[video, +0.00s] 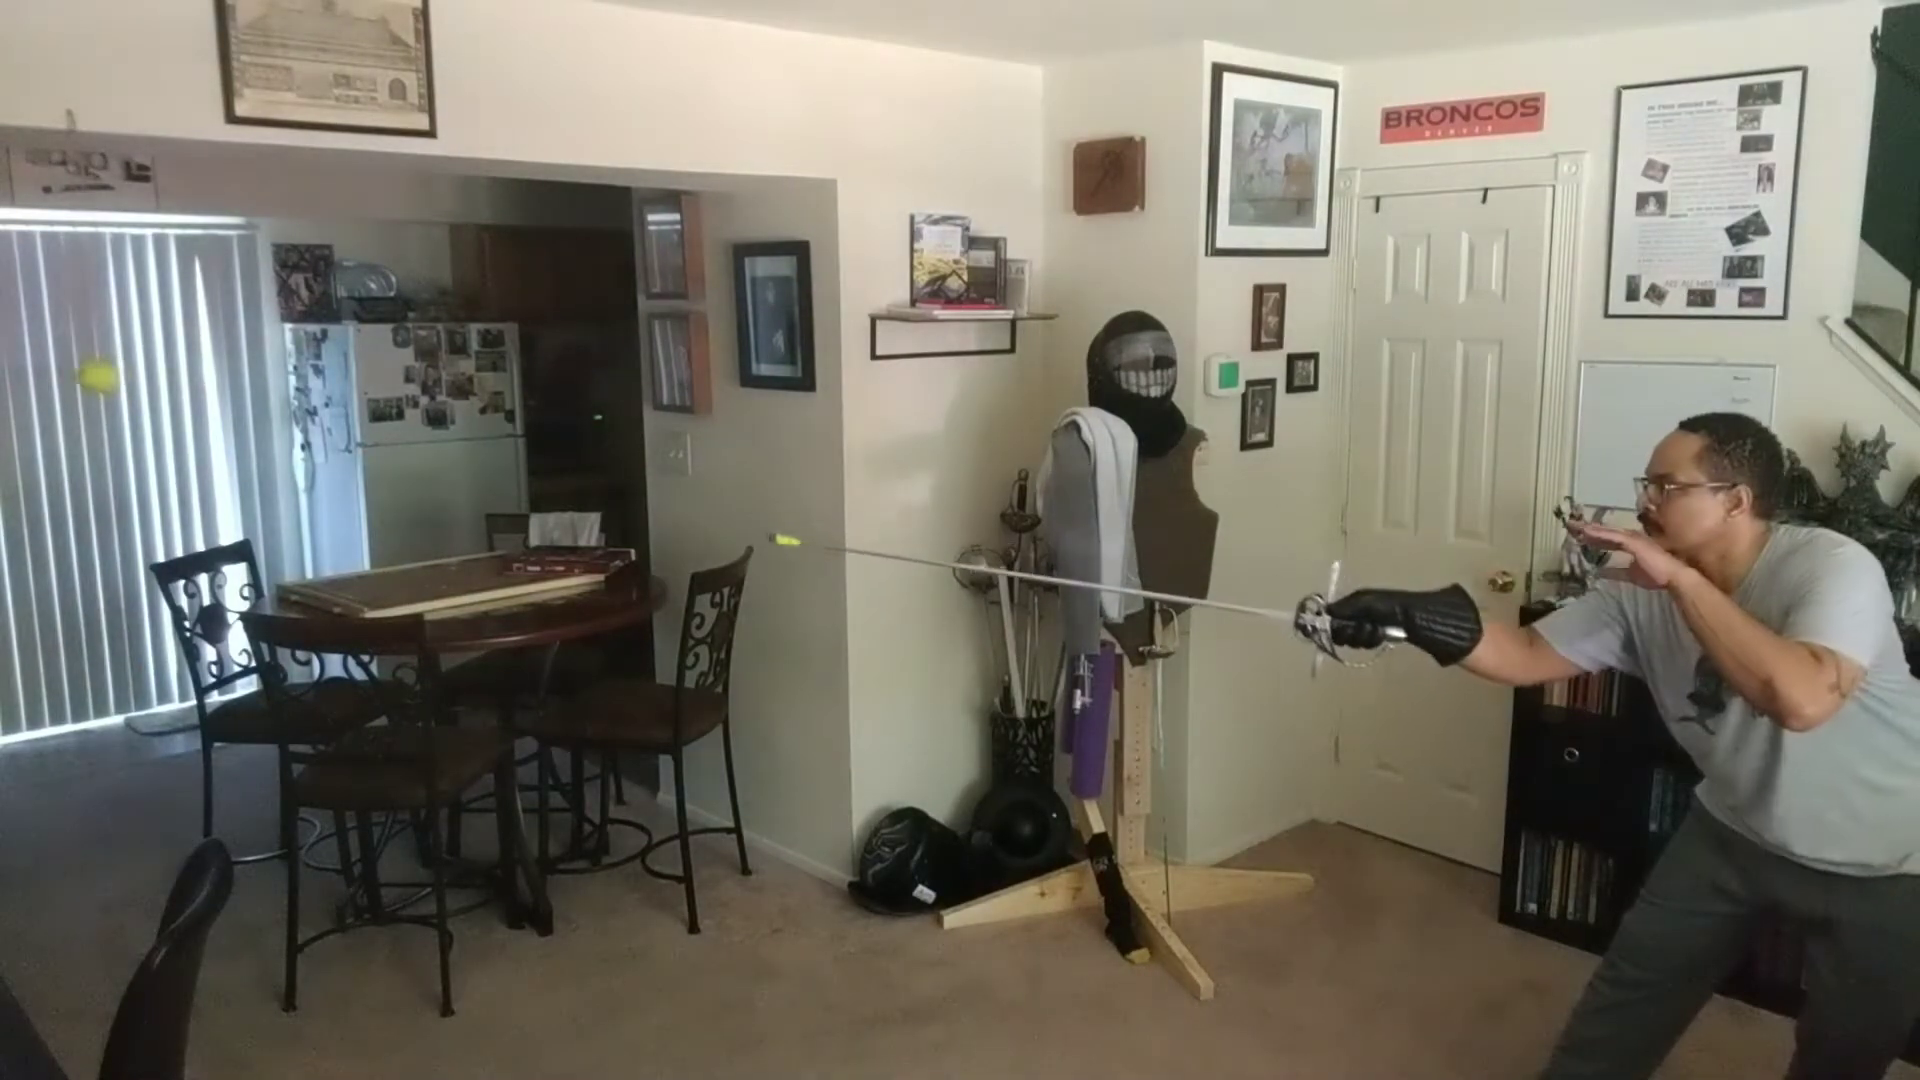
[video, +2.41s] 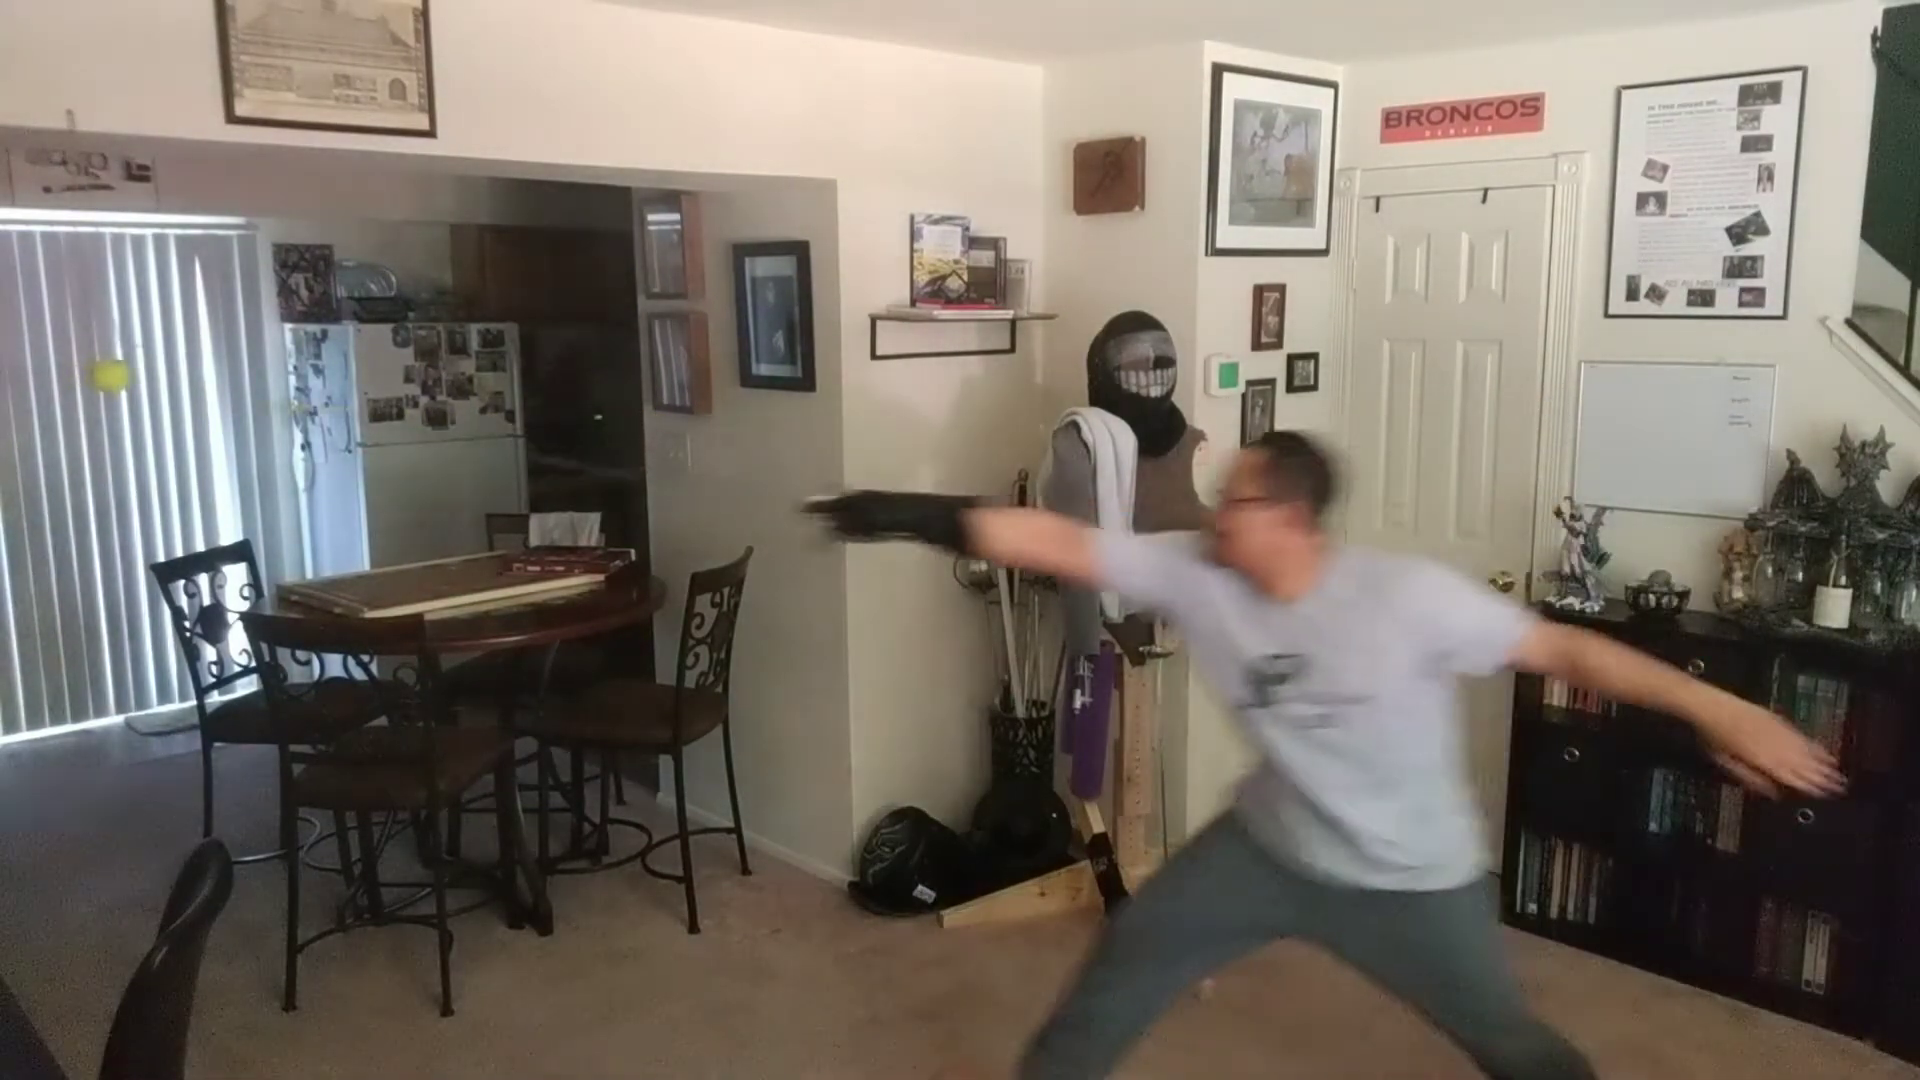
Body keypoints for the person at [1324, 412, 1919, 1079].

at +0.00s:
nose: (1645, 502)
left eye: (1666, 486)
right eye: (1648, 486)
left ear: (1736, 500)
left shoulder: (1837, 569)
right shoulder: (1644, 590)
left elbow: (1804, 697)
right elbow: (1527, 654)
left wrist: (1679, 578)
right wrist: (1419, 615)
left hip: (1877, 877)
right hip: (1729, 835)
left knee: (1838, 1067)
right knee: (1613, 1025)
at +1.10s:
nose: (1588, 482)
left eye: (1610, 466)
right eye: (1592, 465)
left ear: (1680, 481)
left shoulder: (1768, 558)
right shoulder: (1576, 571)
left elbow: (1736, 685)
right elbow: (1459, 627)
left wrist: (1636, 557)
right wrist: (1346, 581)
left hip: (1783, 870)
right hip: (1630, 829)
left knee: (1807, 1057)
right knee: (1519, 971)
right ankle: (1474, 1070)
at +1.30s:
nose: (1515, 481)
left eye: (1537, 466)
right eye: (1519, 463)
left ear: (1607, 480)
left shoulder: (1700, 560)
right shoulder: (1512, 566)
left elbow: (1650, 685)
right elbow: (1393, 622)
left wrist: (1557, 550)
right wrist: (1276, 570)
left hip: (1691, 852)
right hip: (1552, 817)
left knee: (1680, 1033)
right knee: (1458, 955)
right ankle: (1443, 1072)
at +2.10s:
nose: (1433, 489)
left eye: (1455, 472)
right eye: (1438, 471)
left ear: (1520, 485)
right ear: (1510, 481)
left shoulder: (1612, 567)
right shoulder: (1412, 561)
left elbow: (1688, 706)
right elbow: (1275, 562)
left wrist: (1550, 642)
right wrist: (1136, 535)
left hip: (1594, 866)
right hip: (1458, 823)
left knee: (1607, 1056)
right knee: (1335, 921)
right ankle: (1366, 1071)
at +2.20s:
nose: (1380, 495)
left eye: (1400, 481)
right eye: (1384, 479)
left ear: (1466, 495)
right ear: (1430, 494)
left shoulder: (1566, 577)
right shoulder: (1358, 563)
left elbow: (1695, 683)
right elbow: (1218, 538)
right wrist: (1062, 516)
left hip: (1551, 867)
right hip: (1416, 822)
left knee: (1582, 1052)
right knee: (1278, 918)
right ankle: (1262, 1070)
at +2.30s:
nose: (1312, 506)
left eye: (1332, 493)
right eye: (1314, 490)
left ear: (1398, 509)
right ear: (1330, 505)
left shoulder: (1509, 590)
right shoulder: (1289, 572)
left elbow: (1652, 666)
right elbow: (1144, 541)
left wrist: (1778, 756)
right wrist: (1015, 514)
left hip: (1494, 881)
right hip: (1351, 828)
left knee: (1552, 1050)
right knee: (1213, 919)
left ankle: (1587, 1078)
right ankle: (1137, 1070)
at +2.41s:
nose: (1221, 518)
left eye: (1241, 504)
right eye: (1224, 501)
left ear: (1298, 514)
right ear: (1245, 511)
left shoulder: (1407, 597)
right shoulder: (1205, 576)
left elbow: (1566, 653)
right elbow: (1071, 549)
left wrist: (1719, 713)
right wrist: (956, 521)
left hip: (1417, 887)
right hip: (1274, 846)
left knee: (1513, 1041)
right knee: (1133, 954)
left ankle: (1578, 1076)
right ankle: (1048, 1075)